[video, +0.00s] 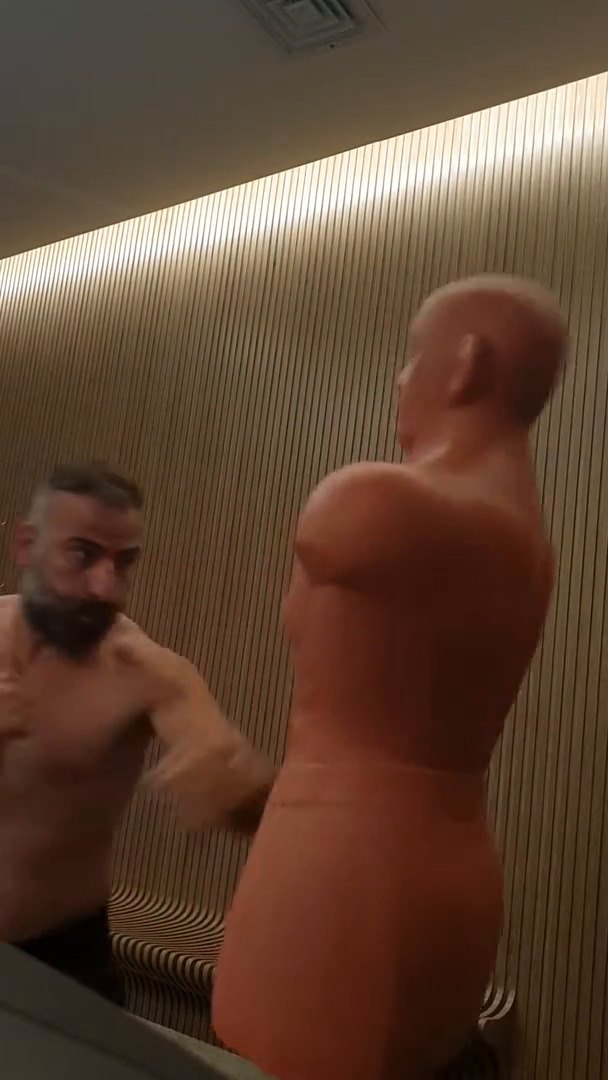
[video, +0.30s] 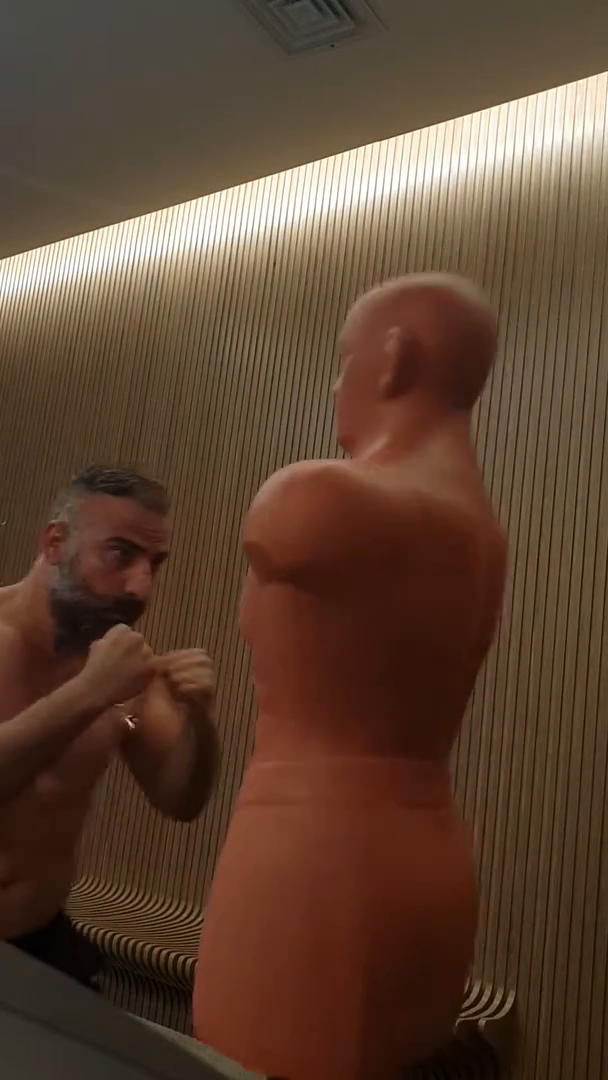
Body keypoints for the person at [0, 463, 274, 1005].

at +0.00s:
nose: (105, 586)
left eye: (124, 561)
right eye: (81, 555)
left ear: (137, 561)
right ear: (25, 545)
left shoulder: (152, 675)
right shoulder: (6, 638)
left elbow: (252, 794)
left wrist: (235, 782)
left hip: (64, 948)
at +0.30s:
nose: (140, 586)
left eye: (154, 563)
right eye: (119, 554)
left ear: (162, 565)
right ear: (54, 545)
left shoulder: (124, 666)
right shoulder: (8, 637)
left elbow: (180, 802)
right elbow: (8, 774)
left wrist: (200, 722)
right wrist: (89, 690)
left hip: (43, 942)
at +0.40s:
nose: (103, 587)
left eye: (116, 566)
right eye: (82, 555)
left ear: (123, 567)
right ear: (15, 543)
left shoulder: (75, 669)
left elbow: (119, 818)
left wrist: (146, 718)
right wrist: (54, 686)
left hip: (9, 933)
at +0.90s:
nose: (125, 572)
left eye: (138, 548)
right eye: (100, 542)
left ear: (148, 553)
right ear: (36, 539)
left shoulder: (120, 663)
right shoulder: (7, 644)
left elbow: (184, 795)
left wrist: (196, 723)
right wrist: (7, 687)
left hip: (34, 951)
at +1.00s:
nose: (156, 574)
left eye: (169, 551)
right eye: (132, 544)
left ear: (179, 558)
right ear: (67, 540)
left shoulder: (149, 652)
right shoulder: (13, 630)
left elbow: (221, 779)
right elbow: (56, 719)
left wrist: (227, 687)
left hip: (67, 955)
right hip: (5, 946)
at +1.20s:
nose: (239, 604)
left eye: (250, 582)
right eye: (219, 574)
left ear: (259, 588)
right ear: (158, 568)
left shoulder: (210, 699)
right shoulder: (47, 658)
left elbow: (263, 824)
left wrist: (314, 738)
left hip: (85, 984)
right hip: (6, 962)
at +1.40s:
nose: (260, 629)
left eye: (269, 610)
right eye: (241, 599)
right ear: (180, 589)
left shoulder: (163, 691)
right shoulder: (122, 661)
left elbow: (197, 831)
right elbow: (9, 773)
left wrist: (242, 727)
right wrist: (165, 834)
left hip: (50, 978)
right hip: (15, 970)